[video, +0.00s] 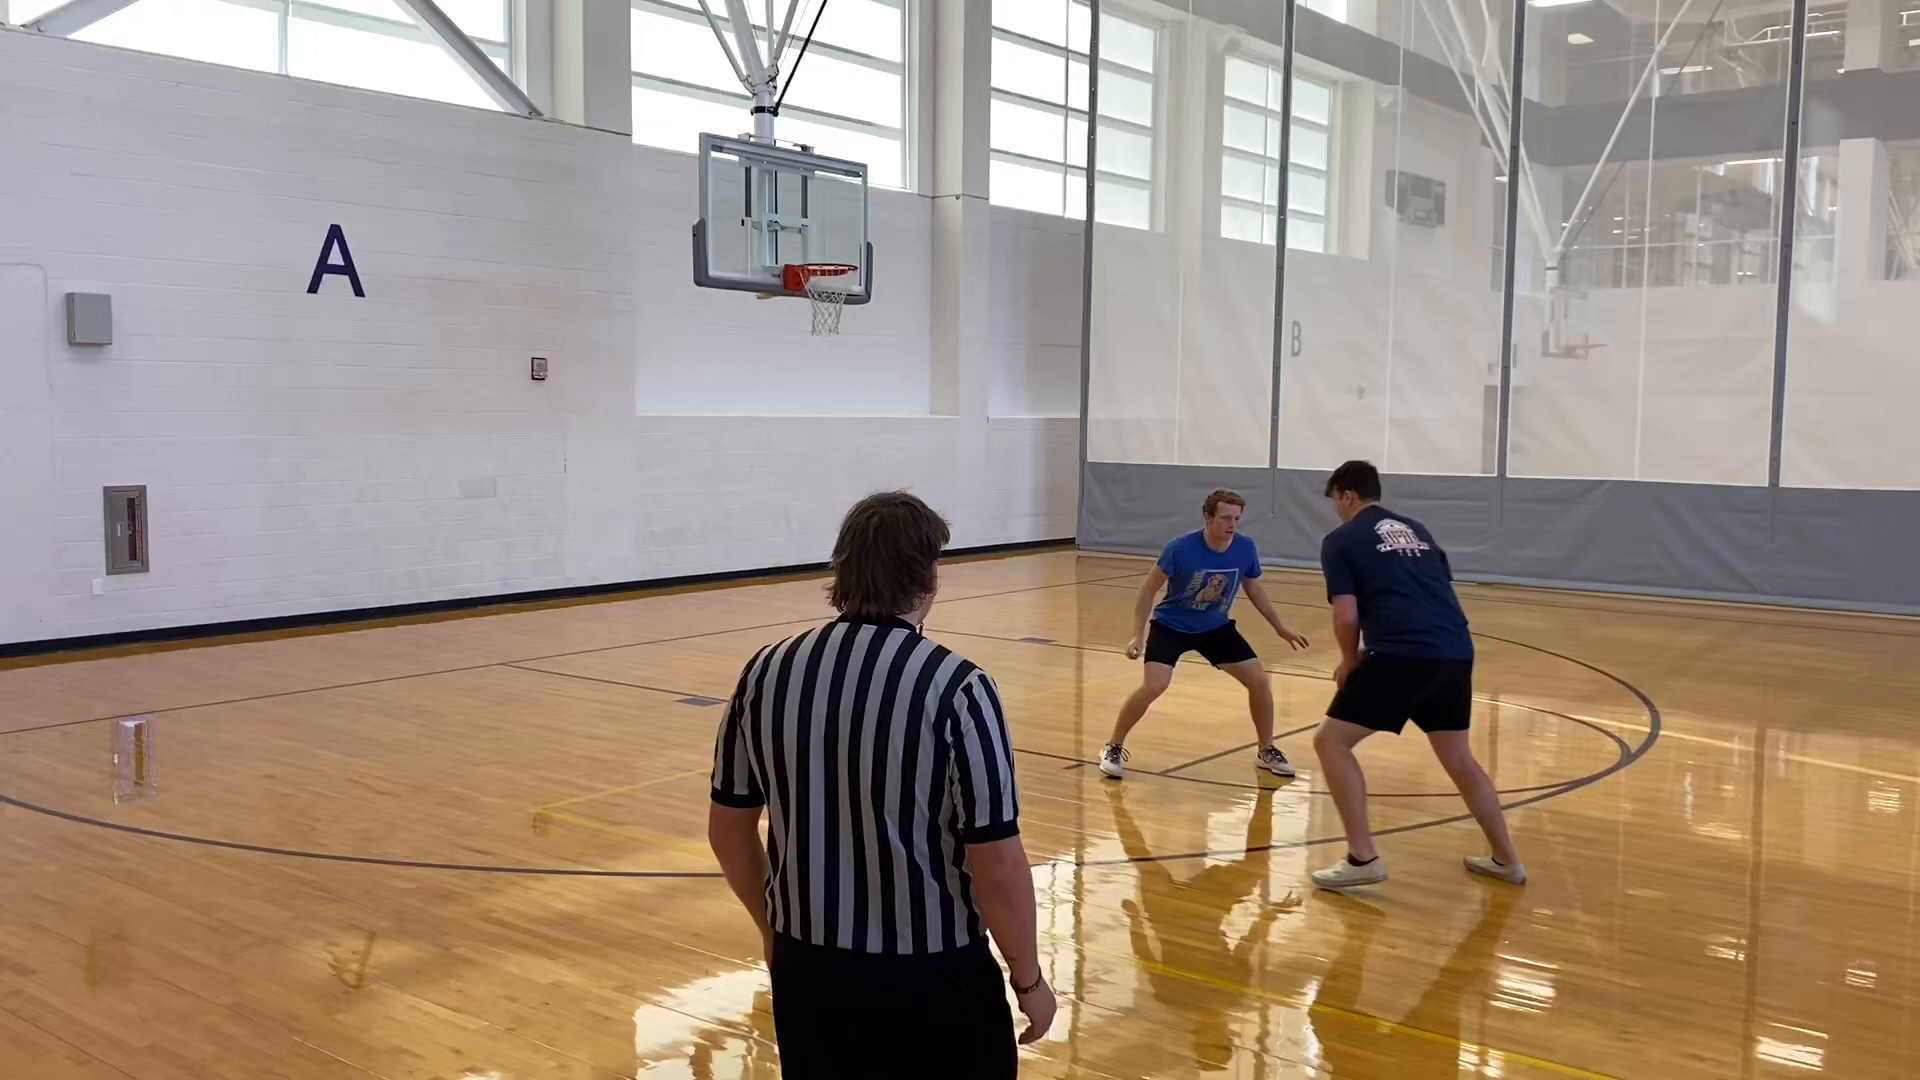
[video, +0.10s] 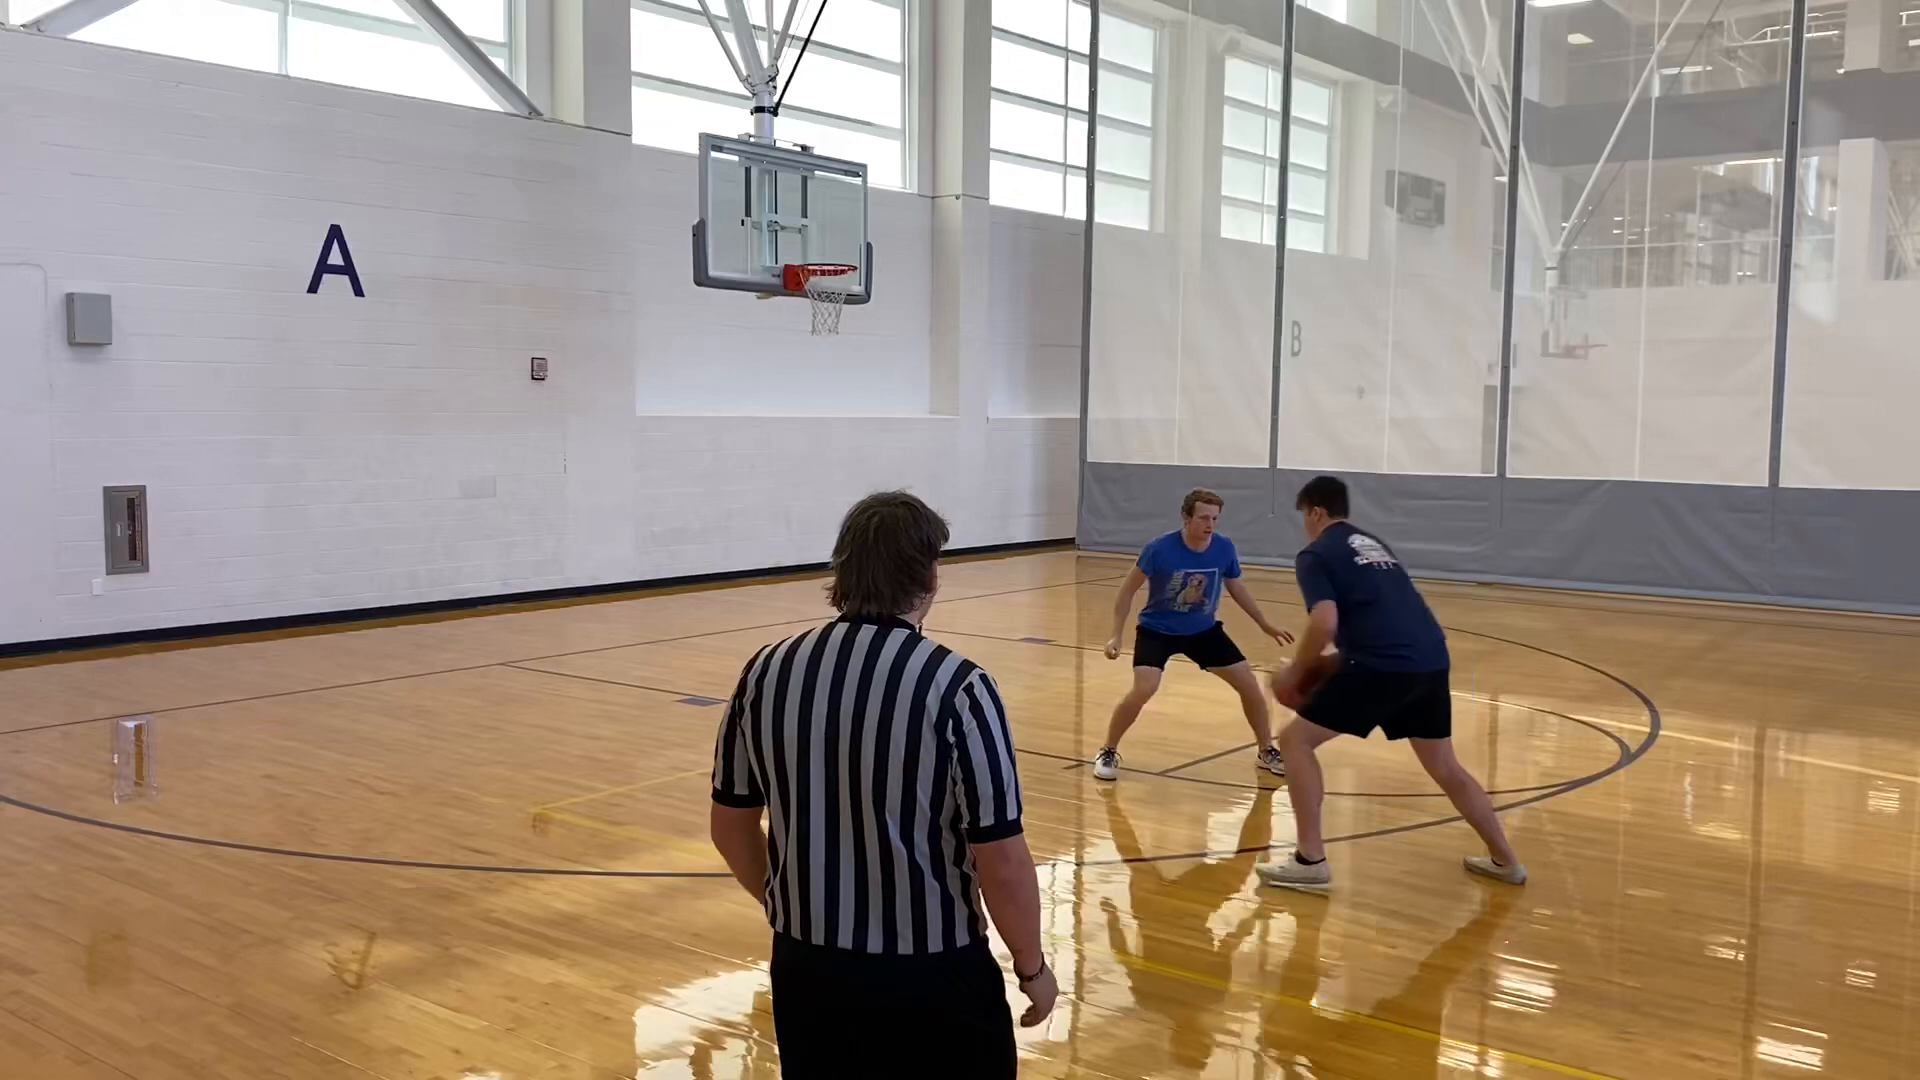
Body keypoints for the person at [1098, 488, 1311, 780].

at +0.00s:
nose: (1232, 524)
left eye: (1236, 518)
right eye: (1226, 518)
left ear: (1240, 519)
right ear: (1208, 518)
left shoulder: (1245, 548)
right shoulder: (1180, 548)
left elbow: (1254, 589)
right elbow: (1149, 589)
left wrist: (1280, 628)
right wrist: (1138, 636)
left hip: (1215, 628)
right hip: (1171, 626)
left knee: (1259, 681)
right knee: (1154, 685)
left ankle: (1267, 751)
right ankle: (1114, 747)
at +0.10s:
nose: (1210, 524)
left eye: (1214, 518)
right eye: (1204, 518)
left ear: (1218, 519)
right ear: (1186, 518)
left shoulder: (1224, 549)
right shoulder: (1159, 549)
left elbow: (1237, 588)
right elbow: (1129, 588)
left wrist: (1265, 625)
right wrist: (1117, 635)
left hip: (1203, 631)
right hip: (1157, 631)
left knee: (1248, 684)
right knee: (1144, 688)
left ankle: (1267, 752)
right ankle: (1108, 751)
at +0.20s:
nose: (1178, 513)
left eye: (1183, 507)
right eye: (1172, 506)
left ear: (1187, 509)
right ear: (1156, 507)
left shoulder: (1192, 538)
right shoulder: (1128, 539)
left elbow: (1206, 579)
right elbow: (1093, 577)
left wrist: (1236, 619)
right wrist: (1081, 622)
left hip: (1177, 625)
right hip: (1132, 624)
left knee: (1220, 681)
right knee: (1125, 682)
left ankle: (1261, 742)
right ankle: (1106, 752)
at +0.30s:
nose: (1145, 499)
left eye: (1151, 493)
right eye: (1139, 492)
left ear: (1157, 494)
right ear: (1125, 491)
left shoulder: (1165, 525)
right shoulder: (1098, 522)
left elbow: (1188, 566)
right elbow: (1065, 553)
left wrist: (1213, 594)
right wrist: (1047, 596)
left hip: (1151, 611)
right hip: (1106, 611)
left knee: (1189, 674)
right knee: (1110, 675)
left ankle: (1218, 742)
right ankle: (1104, 751)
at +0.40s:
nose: (1118, 491)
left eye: (1124, 486)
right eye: (1112, 485)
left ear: (1130, 488)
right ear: (1100, 485)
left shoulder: (1136, 518)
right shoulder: (1073, 513)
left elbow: (1158, 553)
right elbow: (1045, 547)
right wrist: (1024, 588)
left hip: (1122, 599)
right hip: (1078, 599)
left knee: (1150, 660)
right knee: (1077, 670)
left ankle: (1147, 734)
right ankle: (1084, 744)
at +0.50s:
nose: (1086, 488)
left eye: (1092, 483)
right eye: (1081, 483)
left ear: (1100, 488)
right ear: (1072, 486)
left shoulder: (1111, 520)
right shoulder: (1049, 520)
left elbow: (1131, 563)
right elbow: (1024, 559)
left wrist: (1137, 605)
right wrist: (1005, 598)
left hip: (1100, 602)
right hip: (1055, 598)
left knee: (1116, 670)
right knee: (1035, 665)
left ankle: (1112, 742)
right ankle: (1027, 736)